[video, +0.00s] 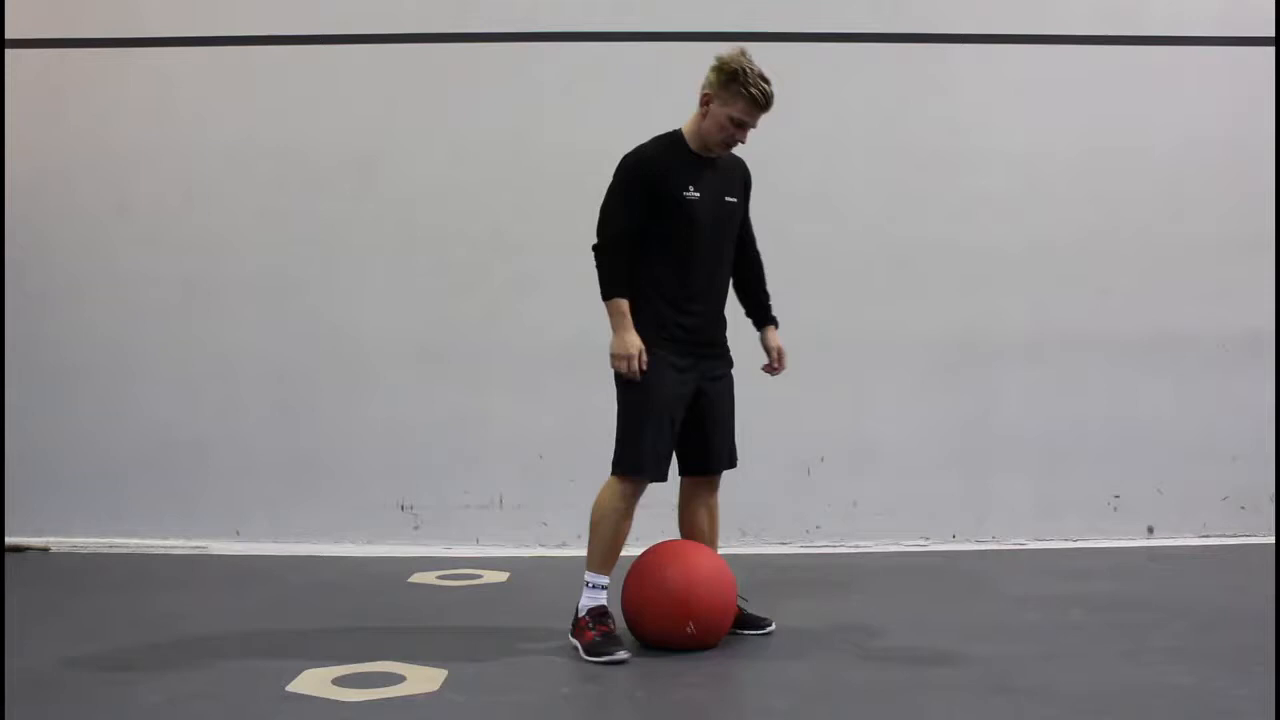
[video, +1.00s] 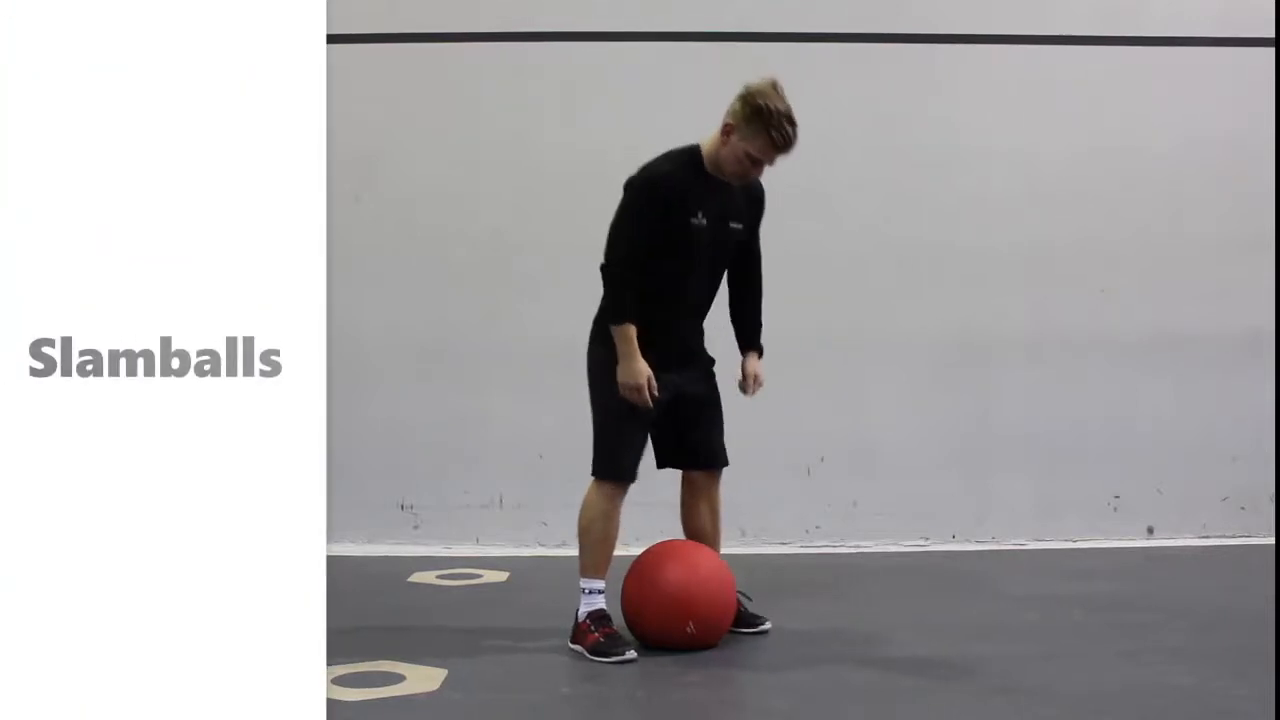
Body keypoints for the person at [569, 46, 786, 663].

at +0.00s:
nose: (742, 135)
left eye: (750, 126)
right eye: (737, 122)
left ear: (753, 120)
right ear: (706, 103)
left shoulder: (735, 173)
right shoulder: (644, 164)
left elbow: (742, 252)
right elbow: (608, 247)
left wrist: (766, 324)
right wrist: (622, 327)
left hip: (709, 353)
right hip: (653, 350)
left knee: (703, 476)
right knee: (632, 476)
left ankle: (707, 602)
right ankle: (592, 607)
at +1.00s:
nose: (757, 171)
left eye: (767, 163)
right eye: (752, 158)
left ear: (772, 151)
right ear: (726, 130)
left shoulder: (747, 195)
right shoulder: (658, 182)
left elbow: (745, 274)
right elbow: (616, 271)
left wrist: (751, 348)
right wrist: (628, 353)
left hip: (685, 346)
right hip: (625, 344)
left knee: (704, 467)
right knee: (613, 475)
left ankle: (711, 597)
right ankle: (590, 612)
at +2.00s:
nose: (779, 434)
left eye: (788, 430)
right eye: (779, 424)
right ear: (761, 394)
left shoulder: (763, 411)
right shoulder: (695, 399)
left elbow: (736, 494)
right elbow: (650, 491)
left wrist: (717, 580)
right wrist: (639, 579)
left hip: (657, 423)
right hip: (595, 408)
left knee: (754, 476)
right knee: (615, 477)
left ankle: (717, 594)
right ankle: (593, 617)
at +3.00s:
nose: (682, 148)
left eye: (688, 138)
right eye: (670, 137)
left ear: (693, 140)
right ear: (640, 136)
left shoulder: (703, 209)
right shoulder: (617, 200)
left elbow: (745, 266)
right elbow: (647, 260)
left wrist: (762, 291)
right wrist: (719, 293)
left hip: (683, 363)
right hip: (623, 367)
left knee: (730, 475)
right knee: (654, 483)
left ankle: (690, 603)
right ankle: (610, 614)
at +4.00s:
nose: (681, 142)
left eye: (689, 131)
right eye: (672, 129)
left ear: (696, 127)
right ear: (641, 118)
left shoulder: (699, 191)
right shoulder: (607, 184)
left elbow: (735, 263)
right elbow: (629, 259)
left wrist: (743, 303)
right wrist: (703, 302)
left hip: (664, 347)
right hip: (603, 348)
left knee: (700, 462)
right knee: (604, 474)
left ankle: (703, 597)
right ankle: (585, 611)